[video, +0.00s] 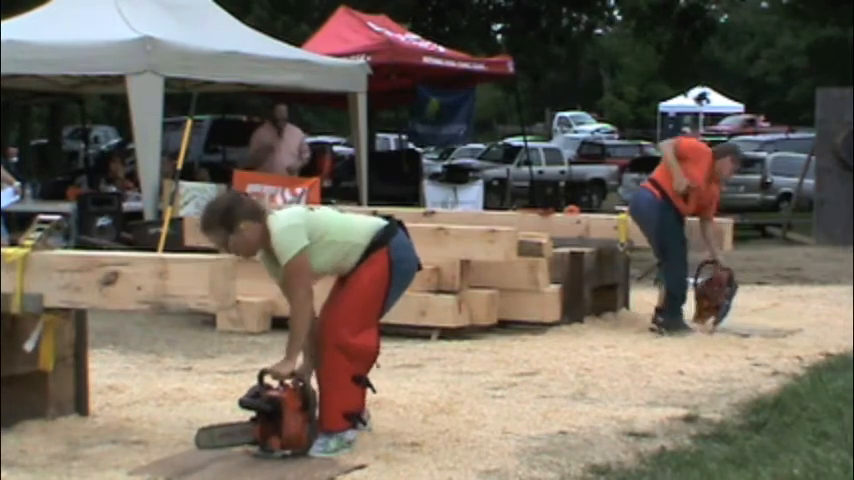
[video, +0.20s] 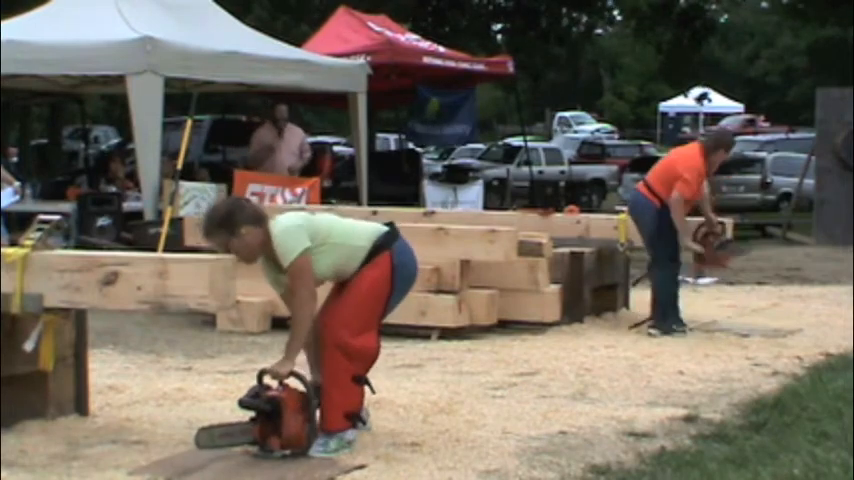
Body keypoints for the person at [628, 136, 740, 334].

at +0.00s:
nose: (732, 172)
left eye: (736, 168)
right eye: (732, 164)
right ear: (721, 156)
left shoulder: (712, 190)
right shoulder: (701, 151)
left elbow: (706, 223)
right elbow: (665, 145)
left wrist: (715, 255)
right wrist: (678, 176)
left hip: (671, 212)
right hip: (654, 199)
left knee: (676, 260)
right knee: (674, 259)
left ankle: (667, 313)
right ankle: (671, 316)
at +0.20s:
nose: (725, 159)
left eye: (727, 154)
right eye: (725, 153)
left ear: (713, 146)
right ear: (717, 150)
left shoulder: (698, 157)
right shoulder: (693, 165)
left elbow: (700, 192)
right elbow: (675, 201)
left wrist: (710, 218)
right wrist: (685, 237)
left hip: (660, 204)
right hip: (649, 203)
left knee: (669, 260)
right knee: (664, 261)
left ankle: (670, 316)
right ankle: (663, 319)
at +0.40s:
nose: (718, 148)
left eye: (720, 142)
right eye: (719, 142)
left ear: (700, 132)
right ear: (712, 140)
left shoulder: (682, 142)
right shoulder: (694, 158)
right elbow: (682, 195)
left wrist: (698, 194)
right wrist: (698, 218)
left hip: (644, 199)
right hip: (657, 206)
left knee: (661, 261)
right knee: (671, 264)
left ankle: (661, 314)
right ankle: (664, 318)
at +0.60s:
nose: (716, 140)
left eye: (717, 136)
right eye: (715, 135)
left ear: (695, 127)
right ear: (708, 133)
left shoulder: (678, 138)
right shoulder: (692, 149)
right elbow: (689, 185)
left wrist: (701, 185)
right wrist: (697, 208)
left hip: (646, 198)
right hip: (661, 204)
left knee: (662, 262)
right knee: (674, 263)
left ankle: (661, 314)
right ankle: (665, 319)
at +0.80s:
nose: (717, 140)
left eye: (717, 135)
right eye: (716, 134)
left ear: (696, 126)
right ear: (709, 132)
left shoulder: (677, 137)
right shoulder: (694, 149)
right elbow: (688, 184)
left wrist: (699, 187)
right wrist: (695, 207)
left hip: (646, 196)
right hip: (663, 203)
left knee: (661, 261)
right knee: (675, 263)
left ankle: (661, 313)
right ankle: (666, 319)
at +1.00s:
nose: (716, 142)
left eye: (718, 137)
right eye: (716, 137)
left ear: (697, 127)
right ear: (709, 133)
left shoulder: (679, 136)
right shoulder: (694, 150)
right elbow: (683, 181)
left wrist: (698, 185)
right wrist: (693, 207)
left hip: (646, 197)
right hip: (661, 203)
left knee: (661, 261)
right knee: (672, 264)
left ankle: (661, 314)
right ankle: (666, 319)